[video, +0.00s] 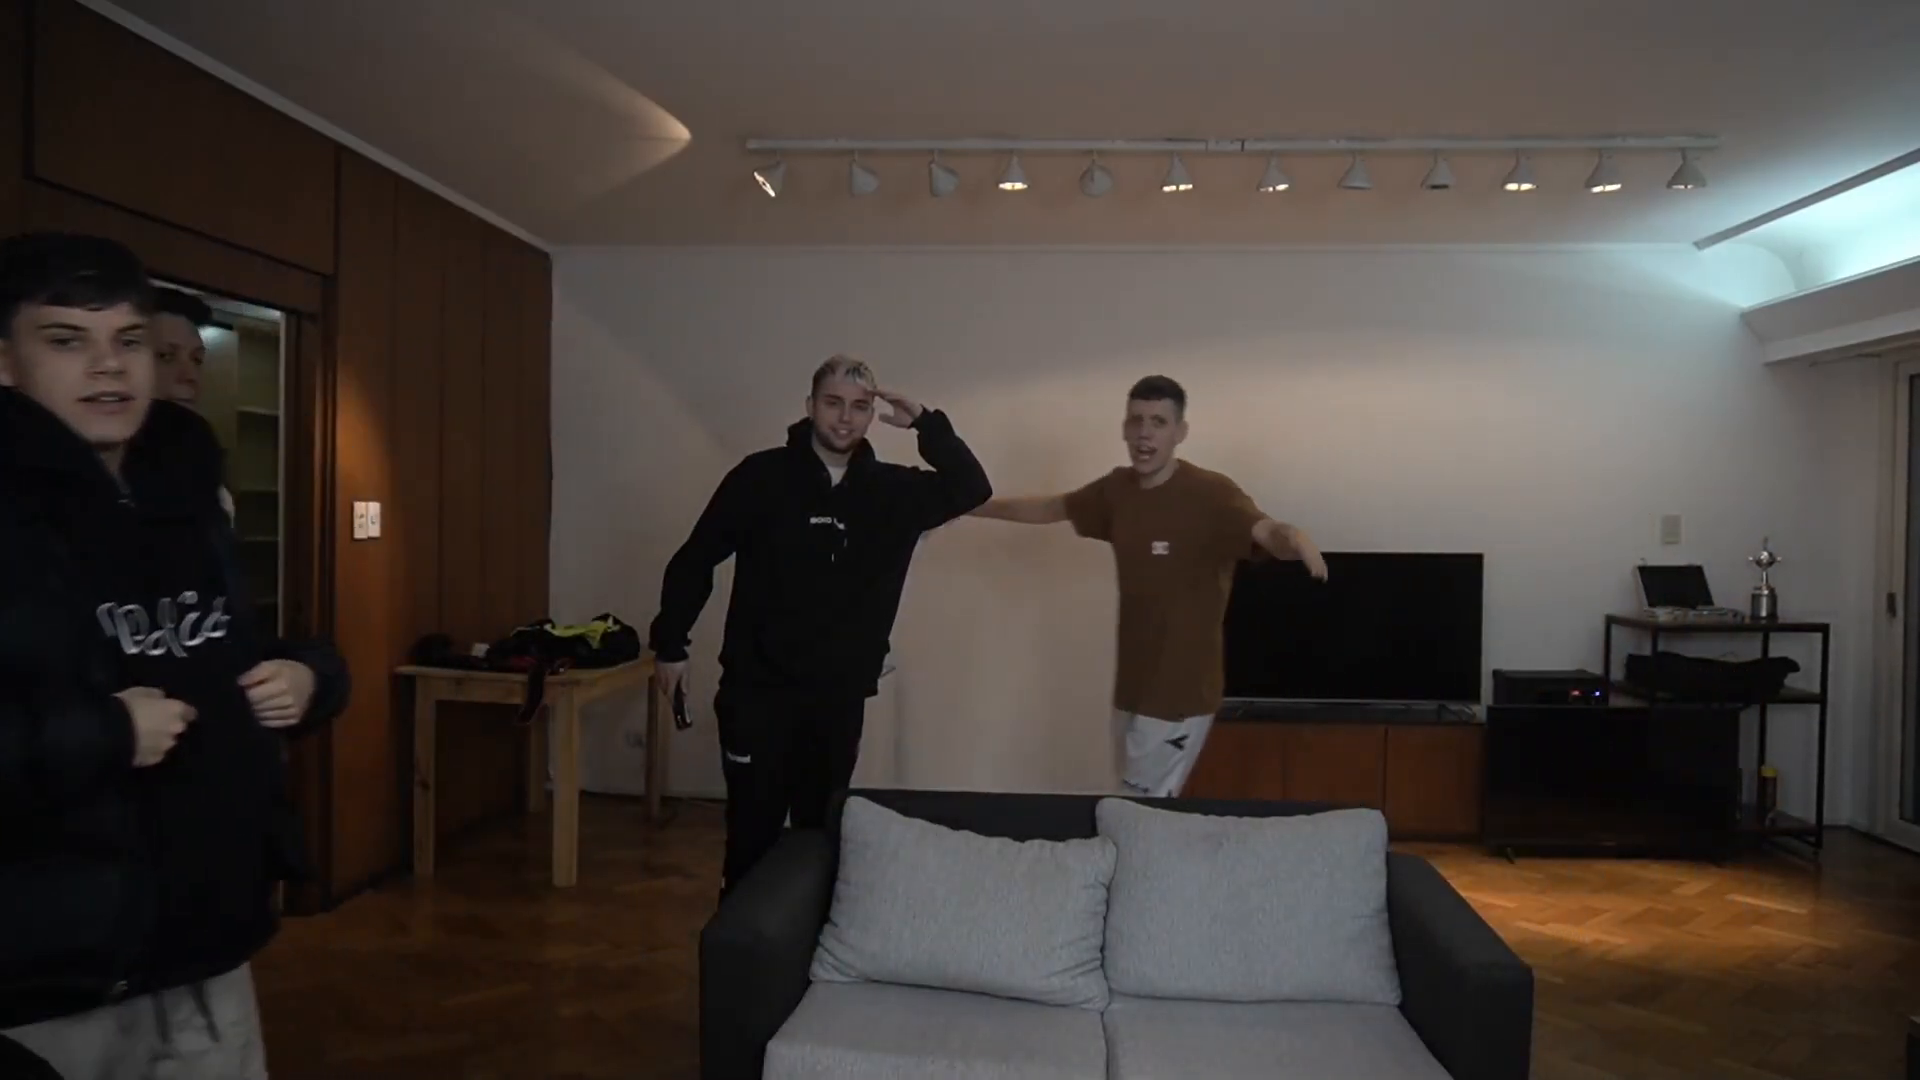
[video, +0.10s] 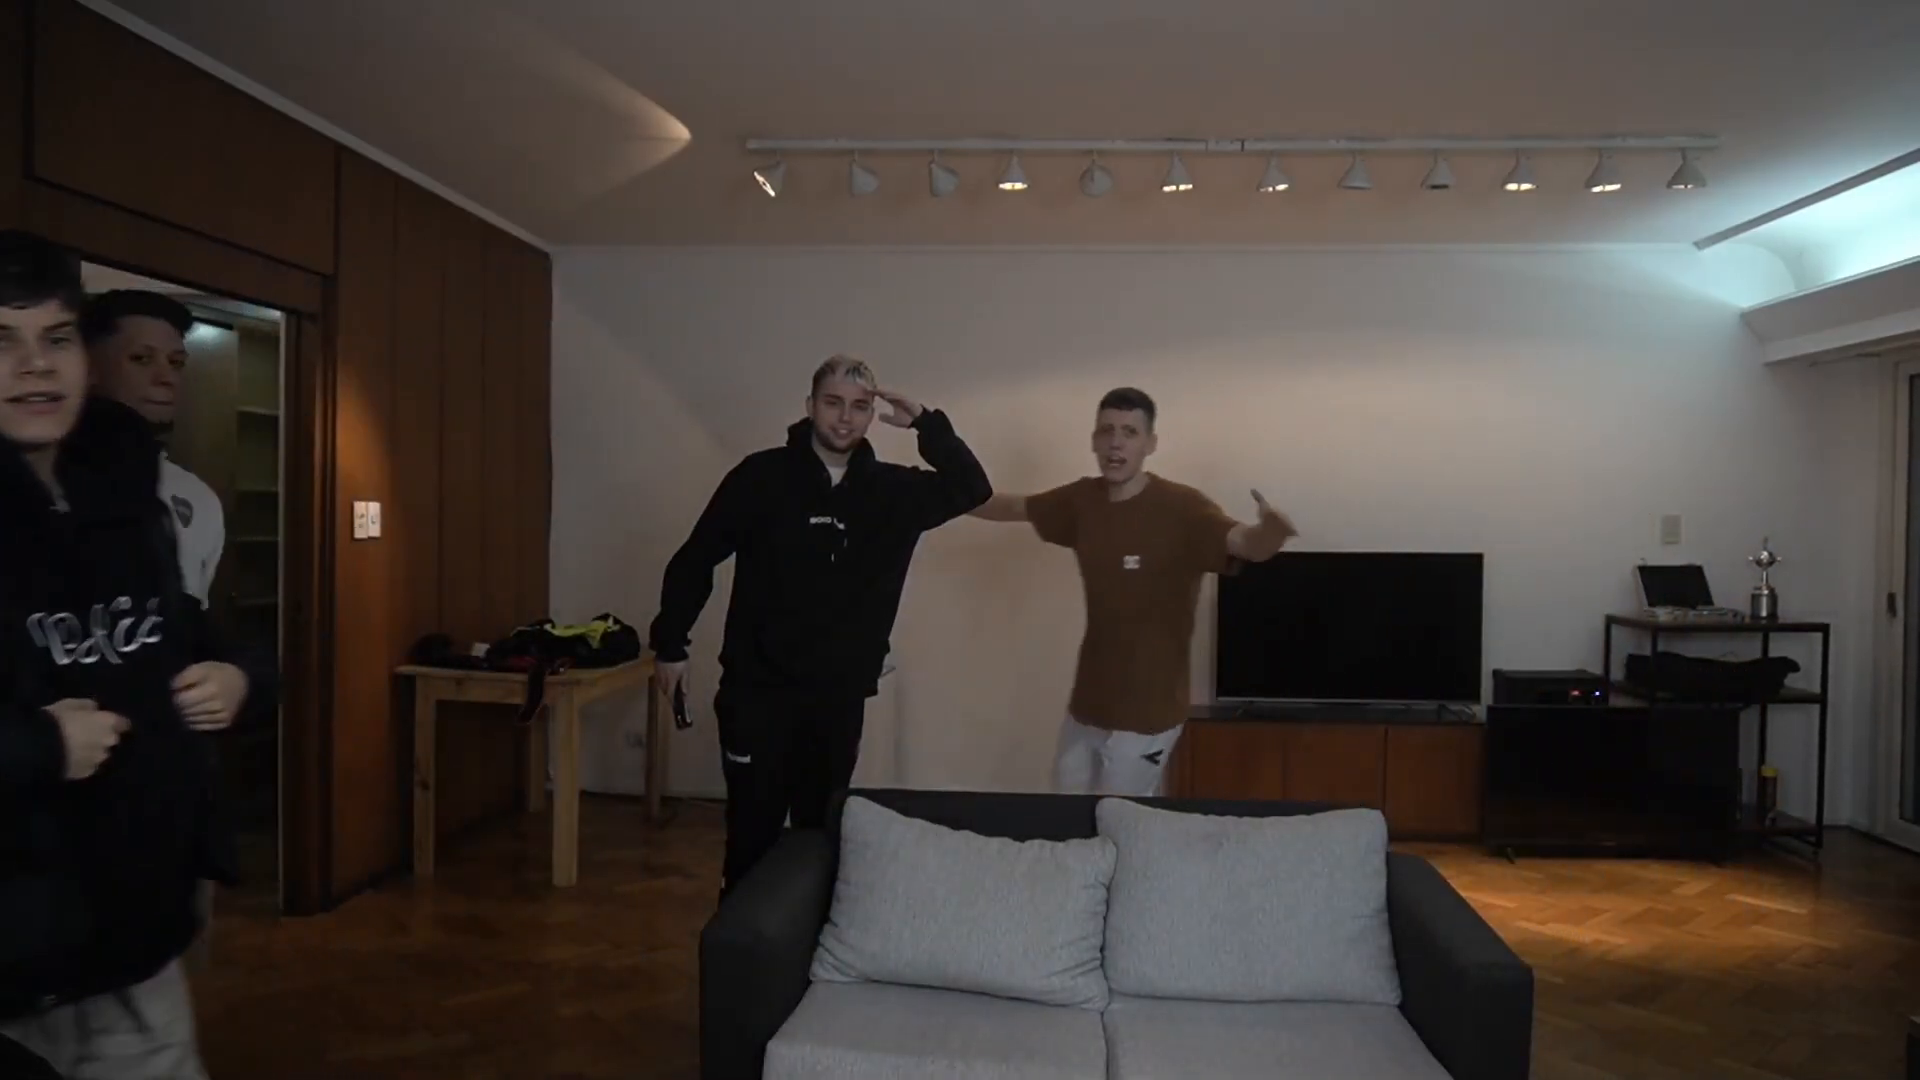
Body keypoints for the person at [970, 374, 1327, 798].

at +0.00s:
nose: (1143, 433)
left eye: (1158, 422)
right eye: (1135, 421)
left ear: (1181, 432)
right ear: (1125, 427)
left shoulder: (1211, 495)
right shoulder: (1116, 491)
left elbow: (1264, 531)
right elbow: (1049, 509)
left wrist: (1292, 542)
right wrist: (967, 504)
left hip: (1184, 686)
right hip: (1133, 679)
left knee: (1139, 809)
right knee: (1141, 809)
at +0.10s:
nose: (1115, 442)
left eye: (1129, 432)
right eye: (1106, 430)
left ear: (1151, 443)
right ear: (1093, 439)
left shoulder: (1183, 509)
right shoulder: (1081, 501)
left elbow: (1243, 543)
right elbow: (1012, 507)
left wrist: (1268, 534)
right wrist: (948, 490)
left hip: (1150, 709)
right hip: (1090, 701)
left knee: (1122, 828)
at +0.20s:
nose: (1088, 443)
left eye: (1103, 433)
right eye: (1079, 431)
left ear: (1123, 445)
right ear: (1065, 441)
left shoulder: (1154, 509)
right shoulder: (1043, 503)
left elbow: (1230, 554)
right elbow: (969, 508)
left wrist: (1237, 523)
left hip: (1129, 710)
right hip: (1061, 702)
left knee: (1108, 835)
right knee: (1027, 825)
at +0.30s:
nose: (1064, 431)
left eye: (1078, 421)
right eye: (1054, 420)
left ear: (1097, 433)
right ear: (1040, 431)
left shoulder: (1129, 497)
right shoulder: (1012, 493)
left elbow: (1216, 536)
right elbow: (939, 495)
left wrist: (1204, 489)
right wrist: (923, 428)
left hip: (1107, 706)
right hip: (1032, 702)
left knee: (1102, 840)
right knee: (1013, 834)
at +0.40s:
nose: (1041, 426)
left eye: (1054, 416)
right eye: (1030, 414)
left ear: (1071, 429)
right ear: (1013, 426)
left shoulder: (1109, 493)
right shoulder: (982, 486)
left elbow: (1199, 517)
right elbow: (910, 492)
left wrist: (1175, 454)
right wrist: (921, 425)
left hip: (1082, 705)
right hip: (1003, 700)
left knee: (1087, 838)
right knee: (986, 833)